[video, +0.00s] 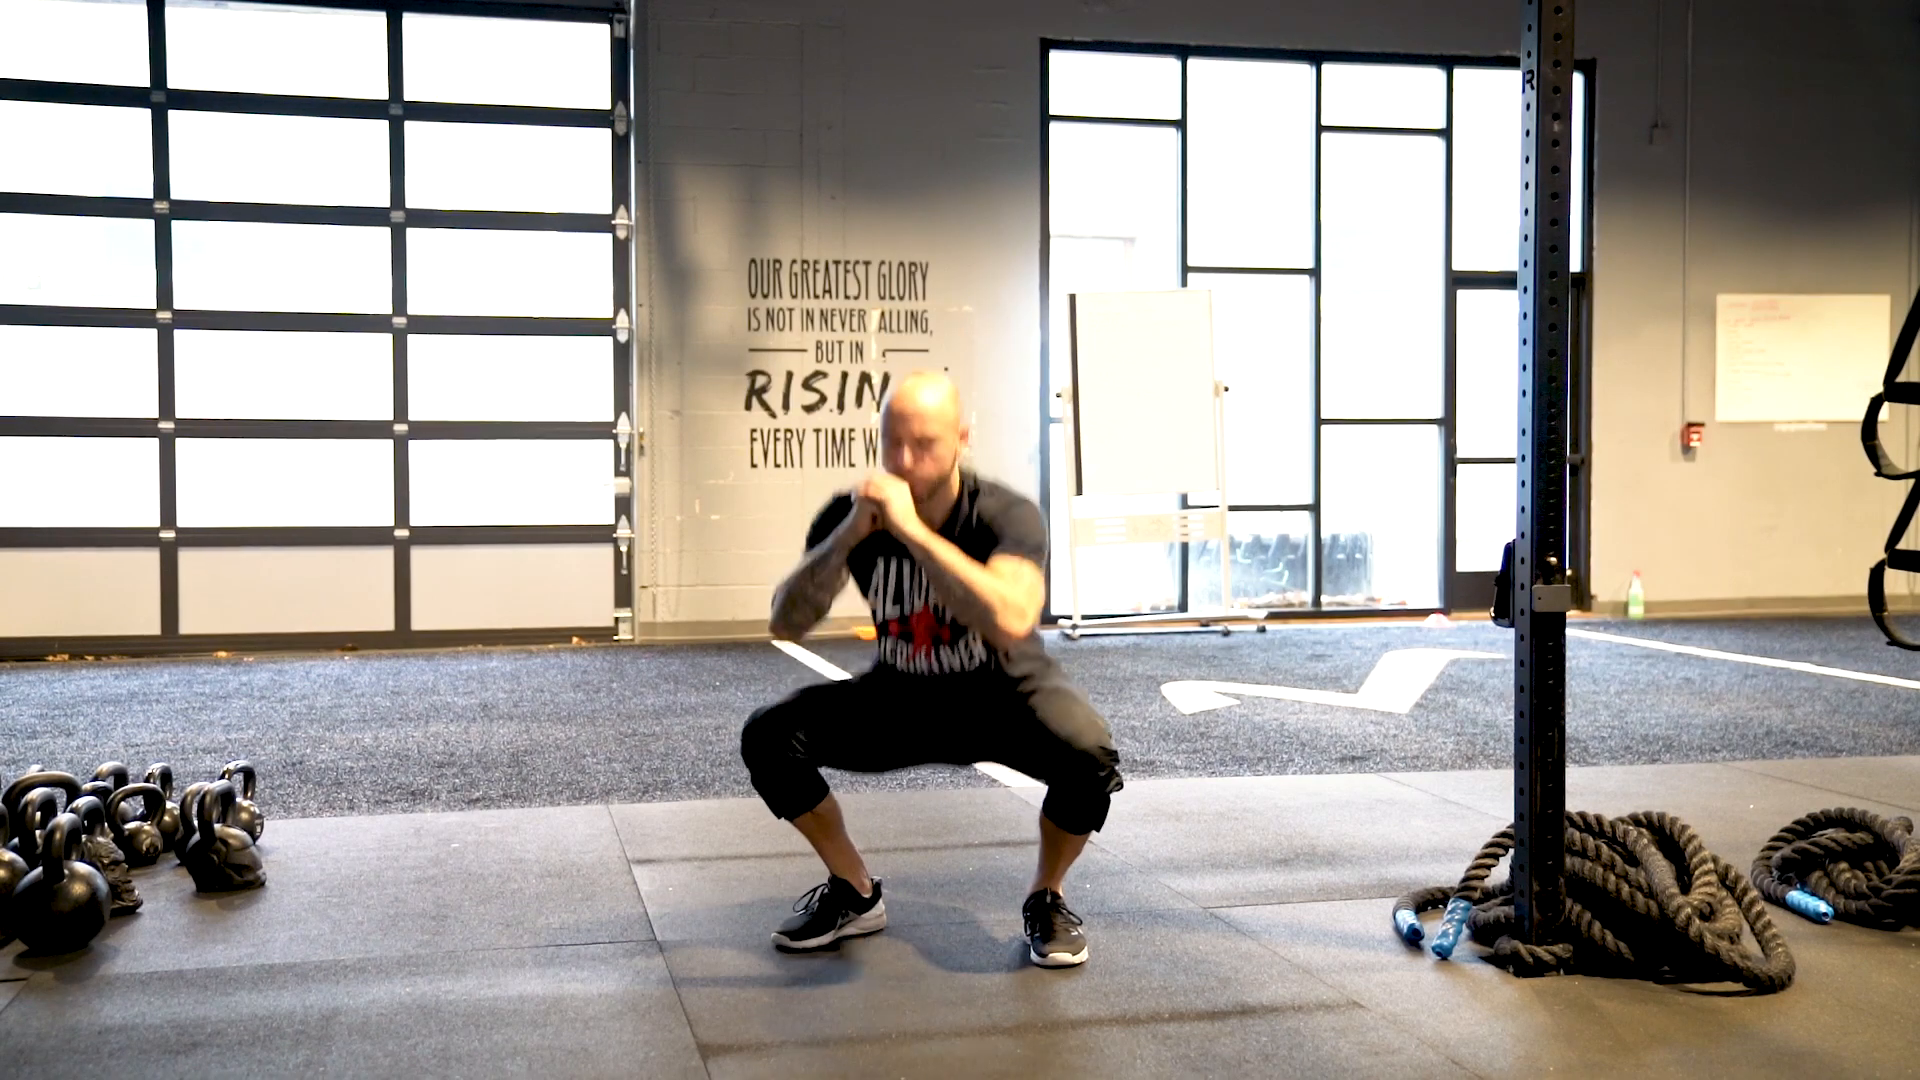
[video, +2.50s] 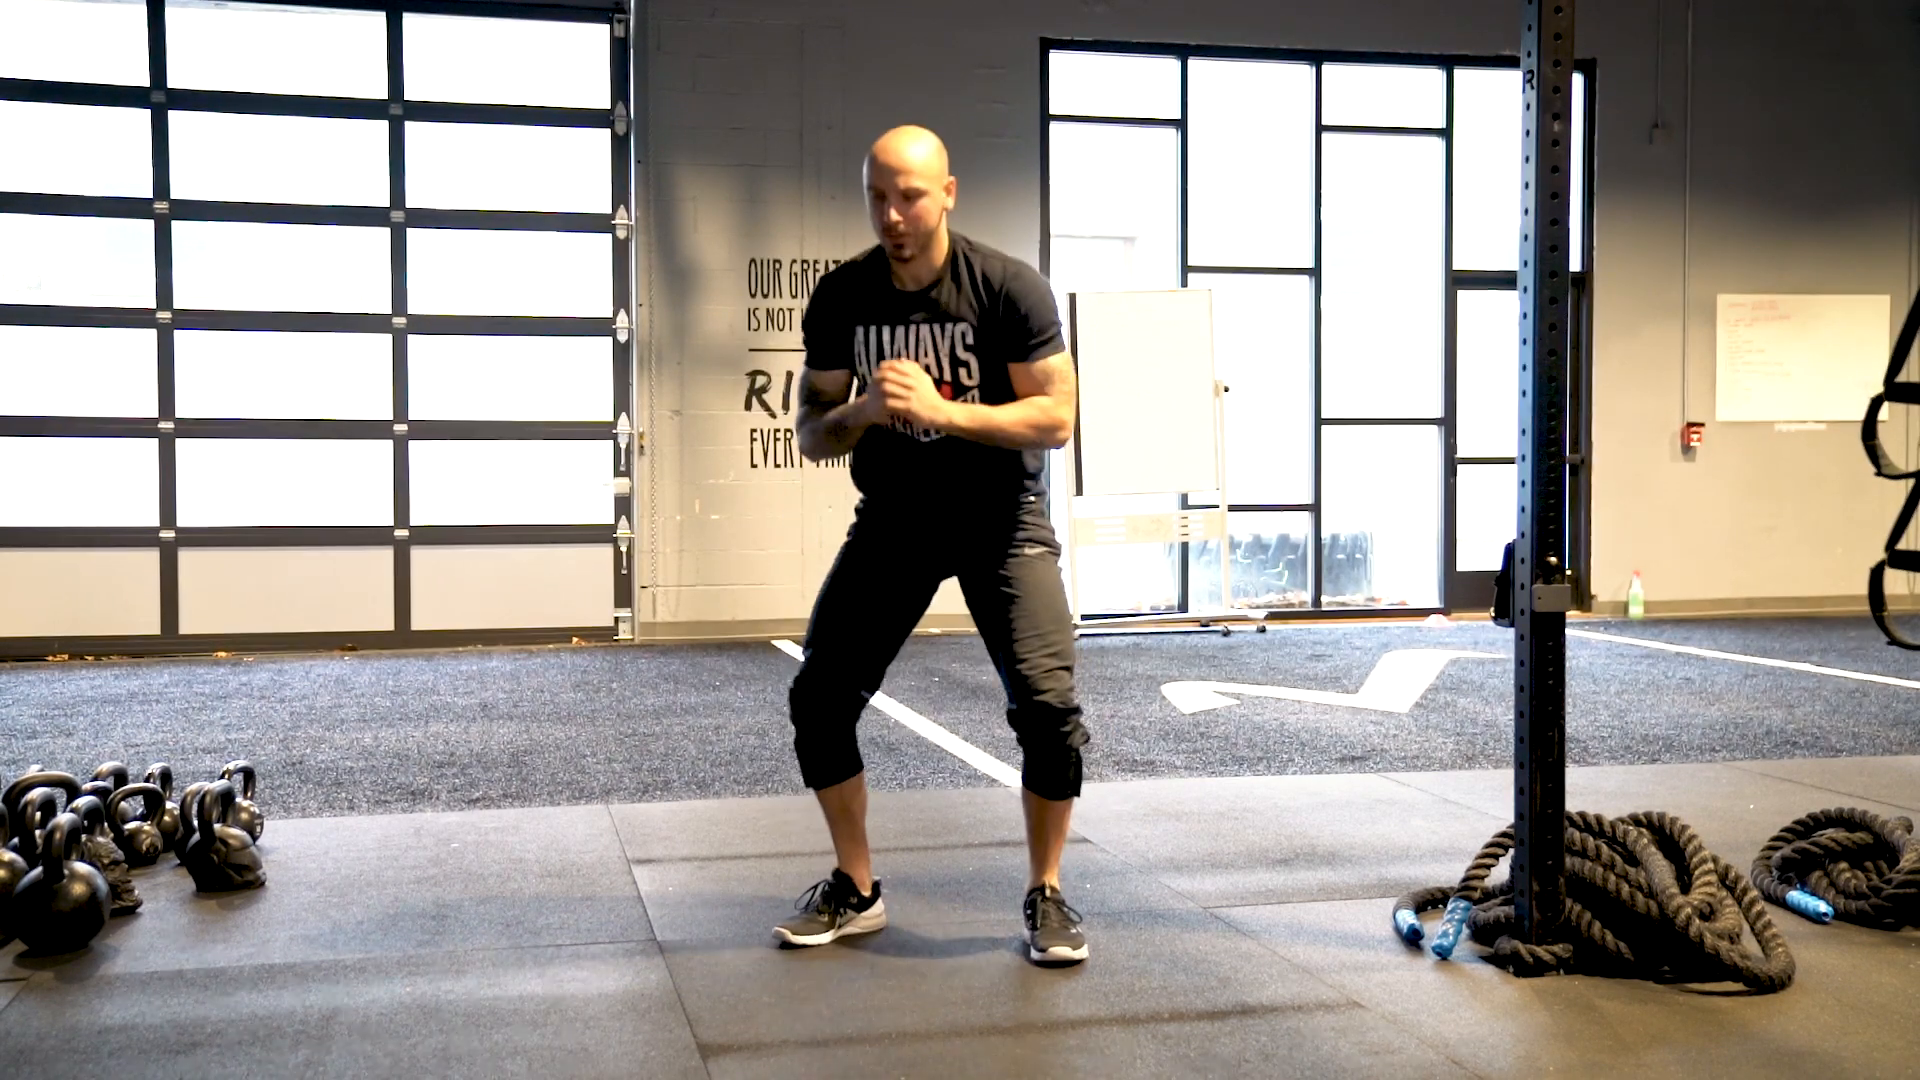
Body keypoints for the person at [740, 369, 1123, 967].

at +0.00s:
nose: (903, 461)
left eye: (922, 445)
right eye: (893, 443)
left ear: (960, 441)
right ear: (878, 439)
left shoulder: (1008, 515)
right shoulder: (852, 515)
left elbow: (1012, 619)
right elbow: (786, 625)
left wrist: (910, 528)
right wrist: (849, 537)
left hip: (1002, 698)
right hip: (902, 698)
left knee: (1088, 760)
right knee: (769, 738)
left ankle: (1047, 899)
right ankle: (854, 890)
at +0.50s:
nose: (898, 238)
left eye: (915, 219)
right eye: (885, 220)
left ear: (953, 216)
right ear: (871, 221)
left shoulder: (1011, 306)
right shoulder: (843, 313)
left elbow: (1038, 437)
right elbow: (808, 453)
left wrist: (926, 389)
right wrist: (856, 396)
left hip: (1008, 532)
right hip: (902, 534)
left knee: (1056, 713)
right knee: (813, 708)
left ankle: (1048, 894)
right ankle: (855, 888)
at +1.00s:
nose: (900, 495)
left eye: (918, 479)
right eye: (888, 478)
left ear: (956, 473)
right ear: (873, 474)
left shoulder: (1005, 547)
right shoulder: (845, 550)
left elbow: (1013, 653)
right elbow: (780, 659)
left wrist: (911, 562)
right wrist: (848, 568)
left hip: (994, 728)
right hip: (893, 730)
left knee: (1090, 752)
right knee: (766, 742)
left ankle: (1047, 898)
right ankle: (853, 888)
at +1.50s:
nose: (895, 228)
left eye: (913, 209)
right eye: (883, 210)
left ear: (953, 206)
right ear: (871, 210)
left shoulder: (1015, 300)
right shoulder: (844, 306)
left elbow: (1054, 431)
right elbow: (819, 447)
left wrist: (948, 418)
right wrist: (864, 417)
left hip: (1010, 526)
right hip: (902, 527)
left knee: (1056, 714)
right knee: (820, 702)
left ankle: (1047, 893)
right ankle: (855, 886)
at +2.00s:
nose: (901, 506)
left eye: (921, 490)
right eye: (889, 488)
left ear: (959, 485)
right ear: (875, 484)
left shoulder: (1005, 559)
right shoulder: (847, 562)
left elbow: (1002, 665)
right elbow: (783, 673)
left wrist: (908, 573)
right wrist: (848, 576)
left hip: (994, 741)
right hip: (896, 743)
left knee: (1091, 752)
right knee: (767, 740)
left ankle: (1046, 898)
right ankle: (854, 888)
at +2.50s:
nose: (892, 216)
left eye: (910, 198)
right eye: (880, 198)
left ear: (949, 196)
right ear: (867, 200)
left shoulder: (1010, 289)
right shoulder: (839, 297)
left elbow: (1054, 421)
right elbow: (815, 438)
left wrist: (946, 410)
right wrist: (863, 408)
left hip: (1005, 525)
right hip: (895, 525)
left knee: (1053, 713)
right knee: (819, 701)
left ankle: (1046, 893)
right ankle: (855, 884)